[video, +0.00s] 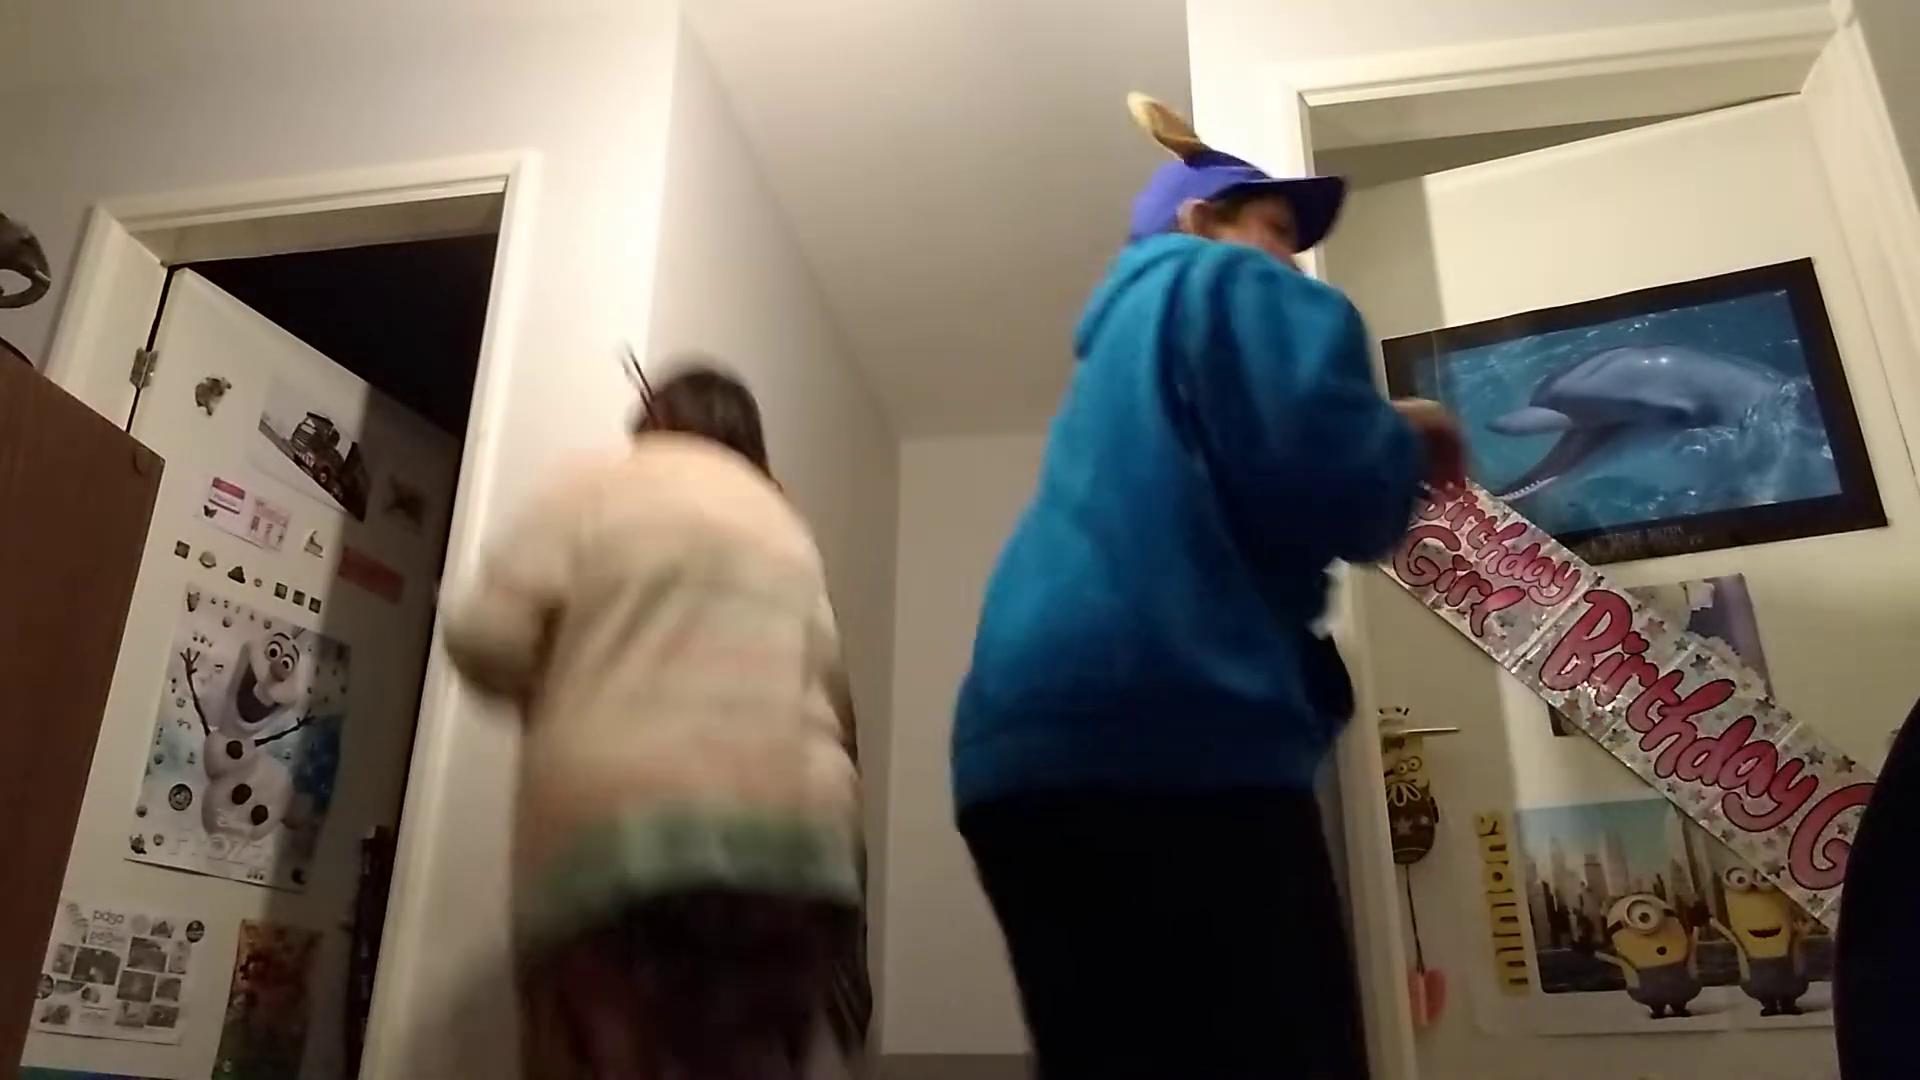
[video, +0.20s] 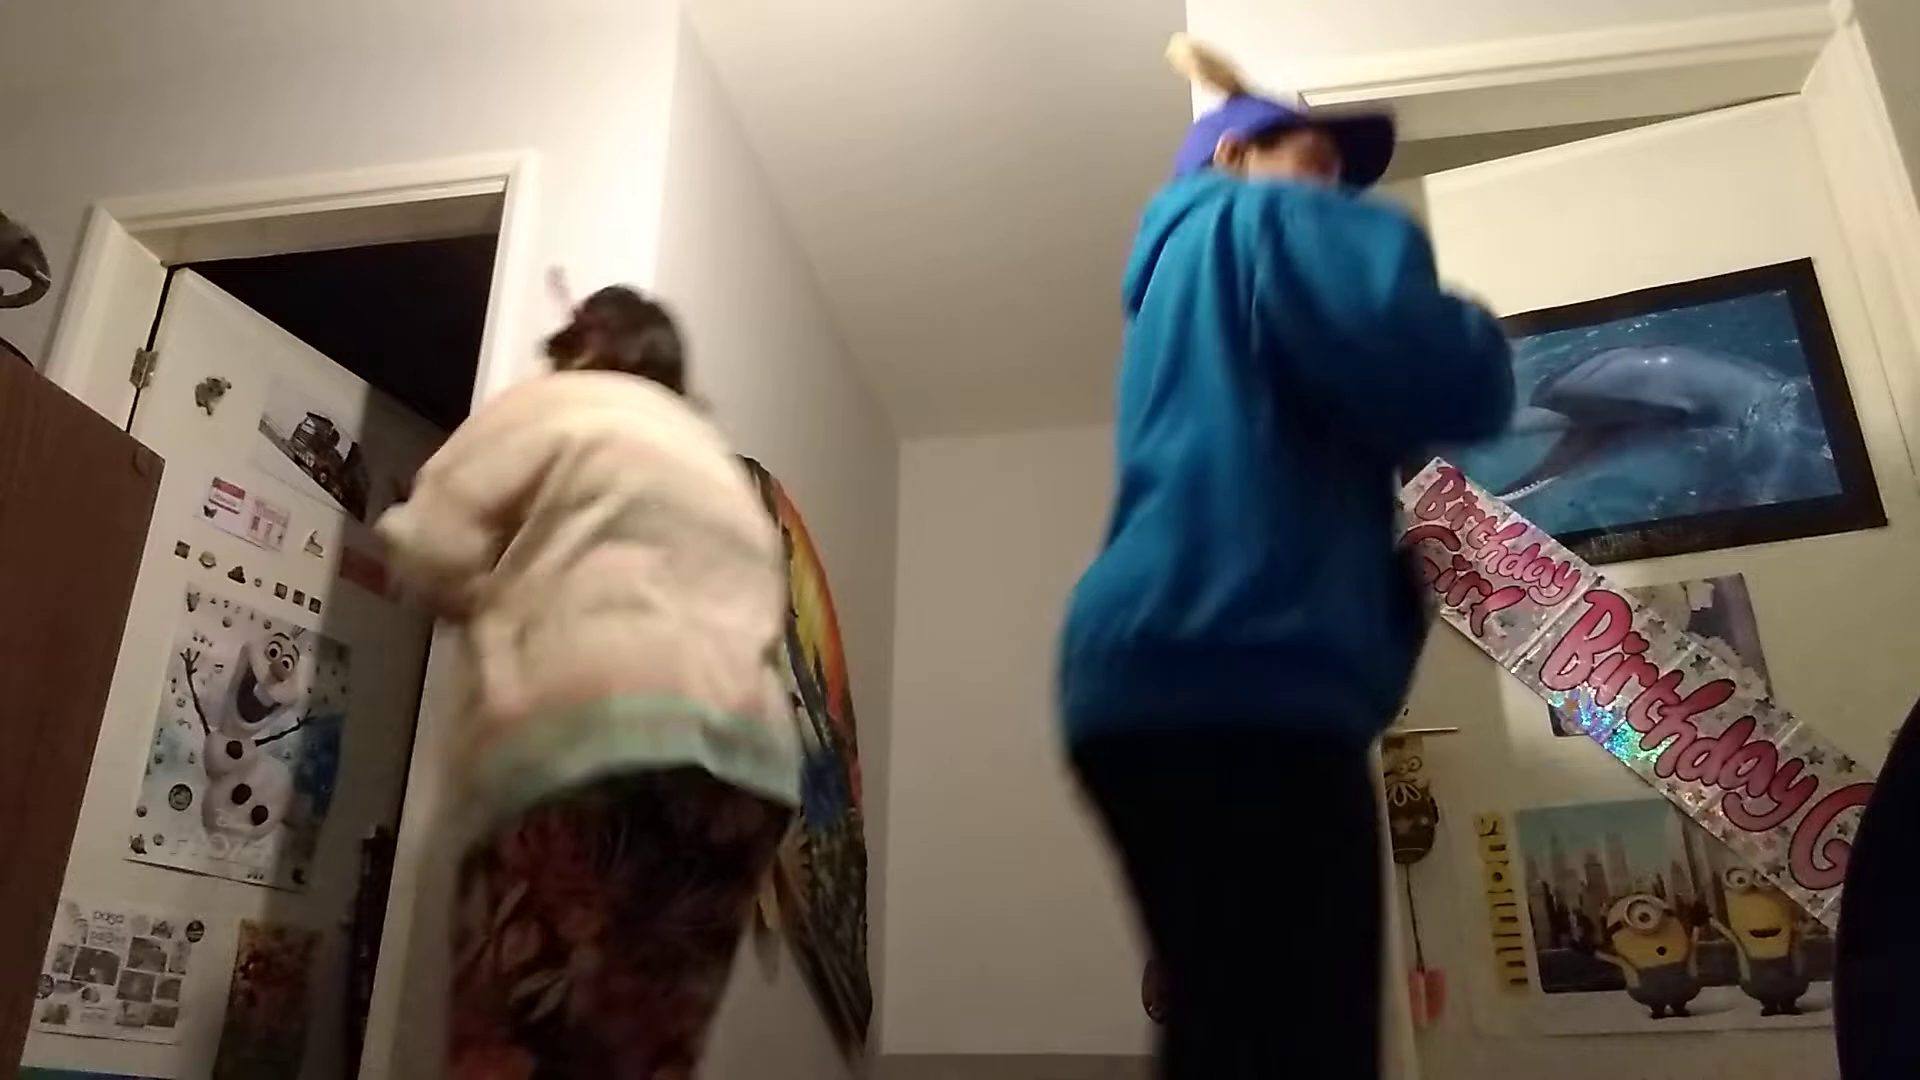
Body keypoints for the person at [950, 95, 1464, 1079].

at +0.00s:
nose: (1296, 251)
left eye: (1295, 233)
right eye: (1275, 226)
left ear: (1177, 229)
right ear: (1201, 217)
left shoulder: (1114, 342)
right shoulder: (1243, 290)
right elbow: (1350, 493)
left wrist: (1379, 432)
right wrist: (1410, 438)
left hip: (1026, 749)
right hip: (1175, 739)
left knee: (1104, 1054)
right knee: (1279, 1049)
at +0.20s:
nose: (1332, 182)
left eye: (1335, 163)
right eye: (1316, 155)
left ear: (1229, 157)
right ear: (1241, 149)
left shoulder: (1177, 256)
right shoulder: (1272, 221)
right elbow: (1462, 380)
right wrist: (1455, 326)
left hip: (1146, 683)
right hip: (1248, 678)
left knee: (1224, 1023)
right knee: (1305, 1027)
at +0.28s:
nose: (1360, 156)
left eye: (1359, 136)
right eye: (1336, 130)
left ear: (1248, 137)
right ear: (1262, 128)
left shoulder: (1203, 226)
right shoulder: (1304, 190)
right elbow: (1433, 365)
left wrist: (1415, 532)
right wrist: (1493, 326)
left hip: (1180, 648)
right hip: (1273, 647)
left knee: (1274, 1004)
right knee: (1345, 1010)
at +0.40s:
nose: (1395, 188)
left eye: (1397, 170)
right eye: (1366, 165)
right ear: (1289, 178)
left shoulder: (1247, 287)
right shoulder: (1348, 258)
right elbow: (1449, 441)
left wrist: (1516, 403)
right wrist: (1530, 379)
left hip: (1230, 718)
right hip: (1336, 706)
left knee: (1358, 1033)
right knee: (1438, 1031)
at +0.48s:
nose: (1399, 207)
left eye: (1407, 196)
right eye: (1363, 187)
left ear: (1415, 217)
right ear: (1282, 222)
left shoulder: (1282, 315)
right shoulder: (1338, 292)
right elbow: (1481, 463)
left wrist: (1546, 402)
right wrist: (1552, 384)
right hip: (1377, 768)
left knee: (1426, 1057)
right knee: (1480, 1056)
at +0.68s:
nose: (1415, 117)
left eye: (1431, 101)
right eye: (1379, 101)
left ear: (1449, 116)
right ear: (1317, 138)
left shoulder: (1325, 232)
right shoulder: (1401, 204)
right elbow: (1526, 351)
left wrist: (1570, 264)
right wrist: (1597, 256)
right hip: (1459, 629)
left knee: (1492, 1001)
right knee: (1562, 1000)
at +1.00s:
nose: (1499, 150)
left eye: (1516, 131)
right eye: (1460, 132)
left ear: (1541, 162)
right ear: (1398, 186)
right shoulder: (1456, 255)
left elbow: (1732, 473)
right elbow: (1642, 374)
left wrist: (1685, 279)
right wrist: (1682, 252)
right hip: (1597, 699)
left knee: (1723, 1023)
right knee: (1743, 1021)